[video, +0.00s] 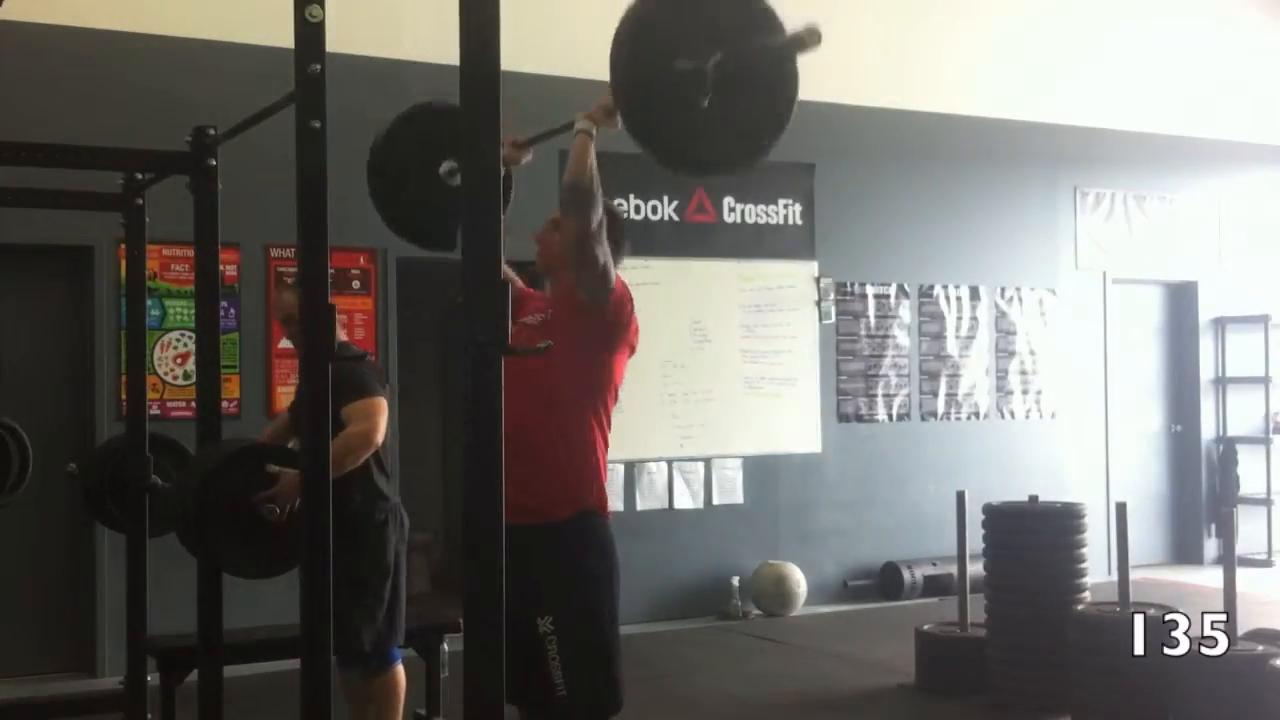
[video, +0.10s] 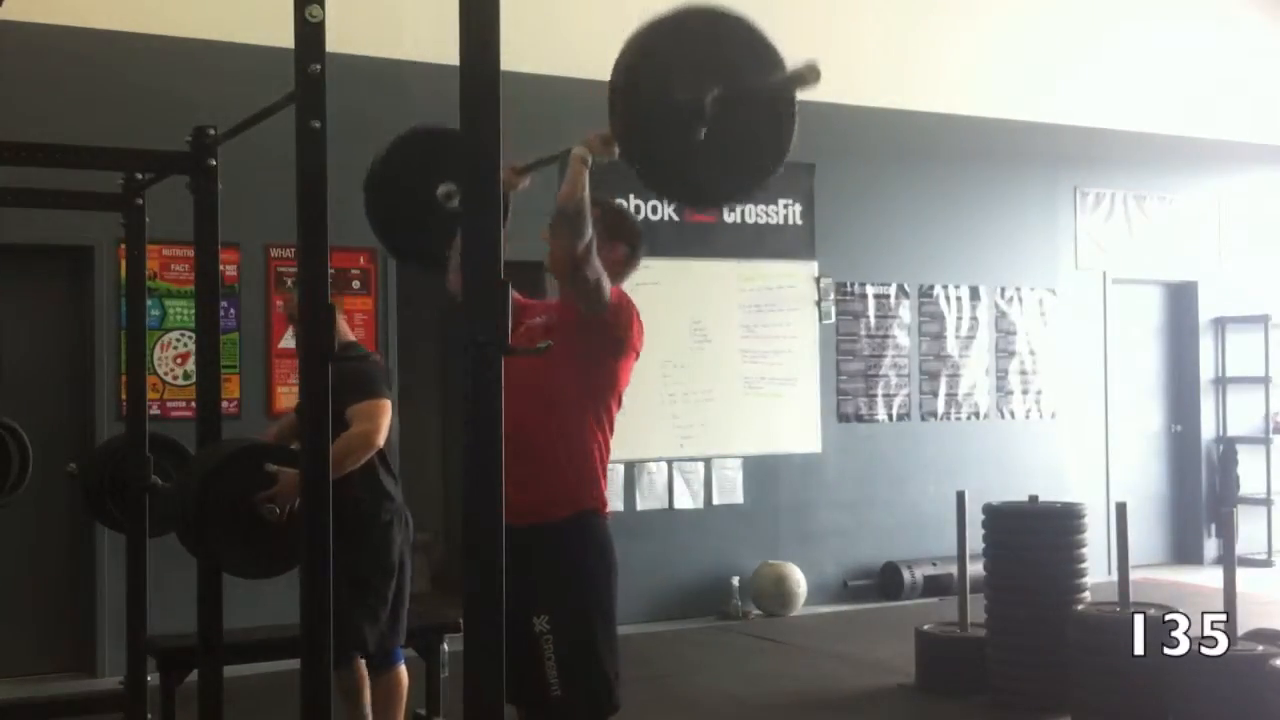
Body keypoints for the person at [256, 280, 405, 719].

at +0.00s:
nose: (285, 331)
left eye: (292, 321)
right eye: (282, 322)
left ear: (317, 319)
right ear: (287, 325)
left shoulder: (352, 366)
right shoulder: (316, 371)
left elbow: (368, 431)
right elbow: (287, 425)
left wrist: (305, 476)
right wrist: (246, 463)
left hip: (371, 519)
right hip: (339, 519)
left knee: (376, 649)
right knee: (350, 649)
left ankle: (389, 719)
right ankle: (363, 717)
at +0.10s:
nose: (294, 328)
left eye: (298, 317)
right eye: (292, 319)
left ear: (321, 312)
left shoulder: (362, 365)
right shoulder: (322, 367)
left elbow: (370, 434)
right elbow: (303, 421)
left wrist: (304, 476)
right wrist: (260, 452)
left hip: (376, 519)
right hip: (336, 517)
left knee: (383, 648)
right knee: (343, 646)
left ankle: (392, 719)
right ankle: (361, 718)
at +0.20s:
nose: (310, 332)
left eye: (318, 321)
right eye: (306, 322)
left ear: (342, 315)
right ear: (310, 322)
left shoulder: (372, 367)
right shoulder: (327, 369)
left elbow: (374, 436)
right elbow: (307, 422)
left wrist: (309, 477)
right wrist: (260, 455)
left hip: (377, 520)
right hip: (334, 517)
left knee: (381, 643)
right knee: (338, 641)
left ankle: (390, 719)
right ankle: (353, 716)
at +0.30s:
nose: (316, 336)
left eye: (322, 324)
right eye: (313, 326)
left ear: (346, 318)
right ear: (321, 323)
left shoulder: (380, 372)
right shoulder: (330, 371)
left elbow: (383, 446)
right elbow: (305, 425)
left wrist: (323, 488)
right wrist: (259, 459)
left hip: (377, 521)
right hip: (333, 519)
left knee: (380, 645)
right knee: (335, 642)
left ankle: (393, 718)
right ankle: (344, 717)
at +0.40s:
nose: (320, 330)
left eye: (327, 319)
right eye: (317, 320)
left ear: (351, 316)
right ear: (320, 321)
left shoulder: (384, 375)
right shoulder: (330, 373)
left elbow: (390, 450)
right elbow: (307, 425)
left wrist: (359, 503)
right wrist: (261, 456)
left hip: (375, 527)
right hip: (331, 525)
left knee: (378, 648)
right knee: (339, 648)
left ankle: (388, 719)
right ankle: (347, 719)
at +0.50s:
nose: (320, 329)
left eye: (327, 318)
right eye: (319, 319)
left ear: (351, 316)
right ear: (328, 320)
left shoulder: (385, 377)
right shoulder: (334, 376)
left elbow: (395, 457)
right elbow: (304, 427)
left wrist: (390, 522)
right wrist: (257, 460)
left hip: (374, 530)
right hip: (333, 528)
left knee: (375, 650)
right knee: (338, 651)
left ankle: (386, 719)